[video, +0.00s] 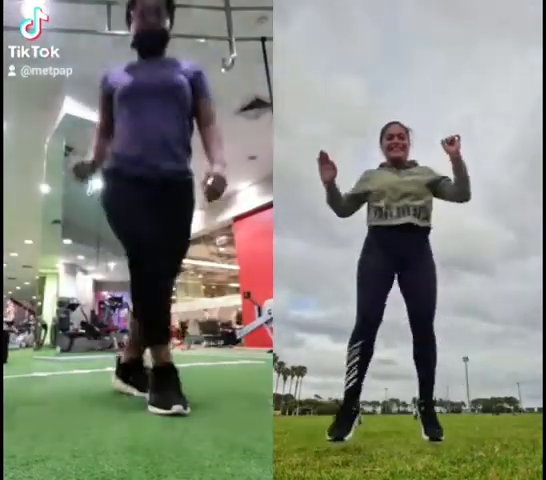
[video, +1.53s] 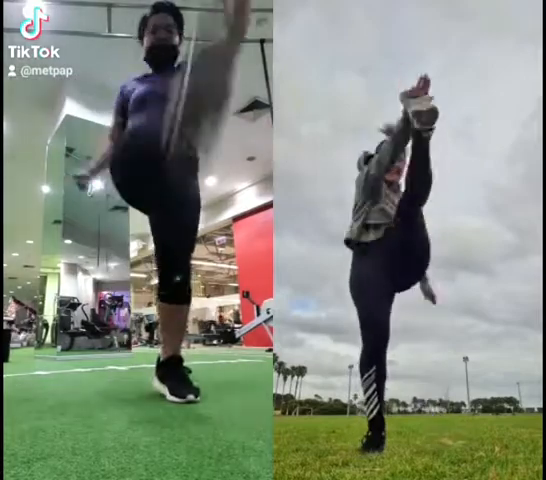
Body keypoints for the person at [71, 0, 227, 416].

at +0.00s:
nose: (149, 19)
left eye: (157, 13)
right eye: (142, 13)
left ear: (169, 23)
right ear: (130, 24)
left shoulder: (189, 73)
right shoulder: (114, 77)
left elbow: (208, 125)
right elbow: (104, 132)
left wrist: (218, 165)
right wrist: (94, 161)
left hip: (175, 182)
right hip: (125, 180)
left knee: (160, 274)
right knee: (148, 268)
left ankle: (130, 361)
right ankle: (163, 373)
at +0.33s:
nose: (148, 15)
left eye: (154, 8)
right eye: (139, 8)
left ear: (164, 15)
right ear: (125, 15)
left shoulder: (181, 64)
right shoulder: (108, 65)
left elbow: (208, 112)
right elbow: (90, 120)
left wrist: (234, 143)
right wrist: (73, 138)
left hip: (174, 167)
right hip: (122, 168)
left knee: (200, 259)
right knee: (98, 266)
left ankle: (218, 352)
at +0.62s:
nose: (143, 18)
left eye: (151, 12)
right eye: (136, 11)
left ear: (161, 20)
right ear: (122, 19)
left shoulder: (176, 66)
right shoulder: (104, 65)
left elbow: (194, 121)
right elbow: (84, 119)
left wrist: (213, 164)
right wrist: (74, 129)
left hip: (167, 169)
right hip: (116, 169)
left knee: (191, 258)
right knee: (97, 262)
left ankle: (215, 349)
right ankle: (66, 356)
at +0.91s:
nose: (150, 40)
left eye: (156, 35)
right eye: (142, 34)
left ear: (165, 45)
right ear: (127, 42)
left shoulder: (177, 100)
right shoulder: (112, 86)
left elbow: (186, 156)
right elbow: (88, 133)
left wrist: (203, 190)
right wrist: (96, 129)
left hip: (164, 189)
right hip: (117, 187)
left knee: (150, 273)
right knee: (127, 276)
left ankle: (130, 368)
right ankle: (132, 367)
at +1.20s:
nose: (161, 35)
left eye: (169, 30)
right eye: (153, 29)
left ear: (177, 40)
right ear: (140, 37)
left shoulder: (180, 93)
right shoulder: (125, 64)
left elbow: (195, 138)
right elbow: (76, 87)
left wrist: (228, 116)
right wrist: (33, 85)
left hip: (176, 179)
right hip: (129, 176)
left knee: (179, 271)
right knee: (129, 269)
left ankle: (174, 362)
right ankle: (125, 359)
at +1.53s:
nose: (161, 34)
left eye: (169, 29)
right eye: (153, 30)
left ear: (180, 39)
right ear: (142, 40)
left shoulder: (195, 81)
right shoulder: (130, 88)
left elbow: (236, 32)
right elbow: (115, 141)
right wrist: (92, 170)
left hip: (178, 182)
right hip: (135, 177)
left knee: (176, 274)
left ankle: (170, 365)